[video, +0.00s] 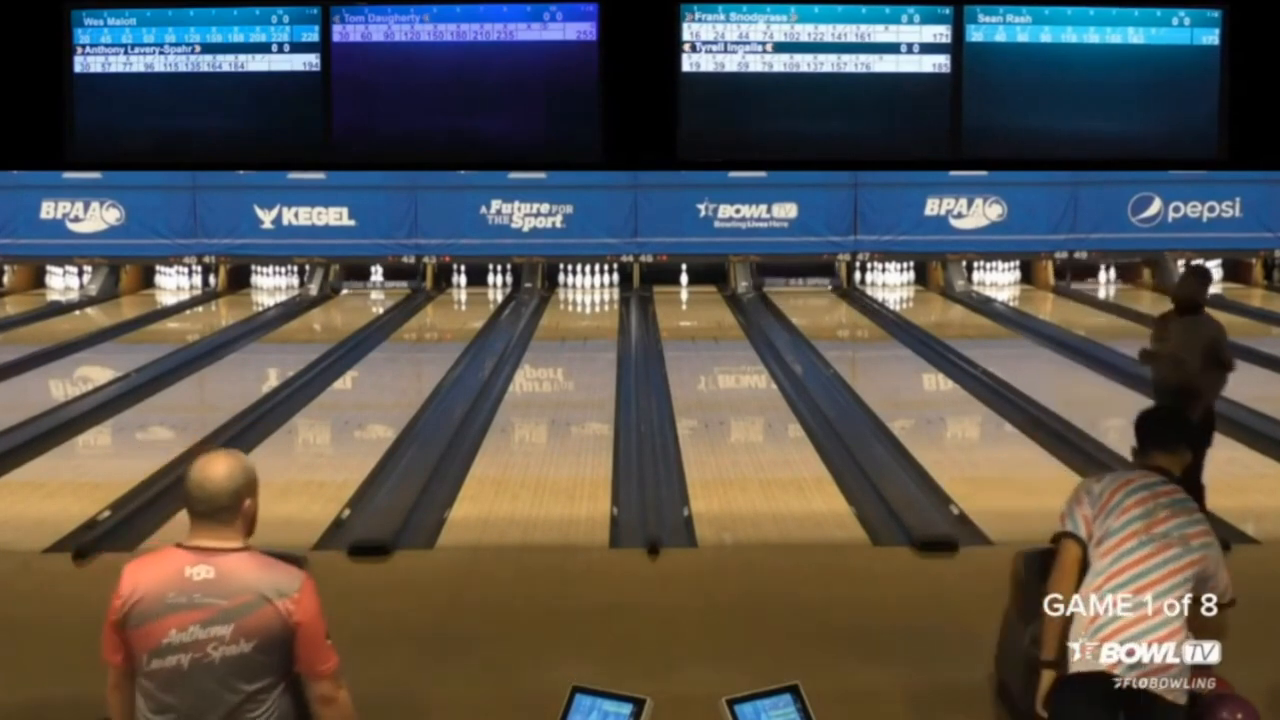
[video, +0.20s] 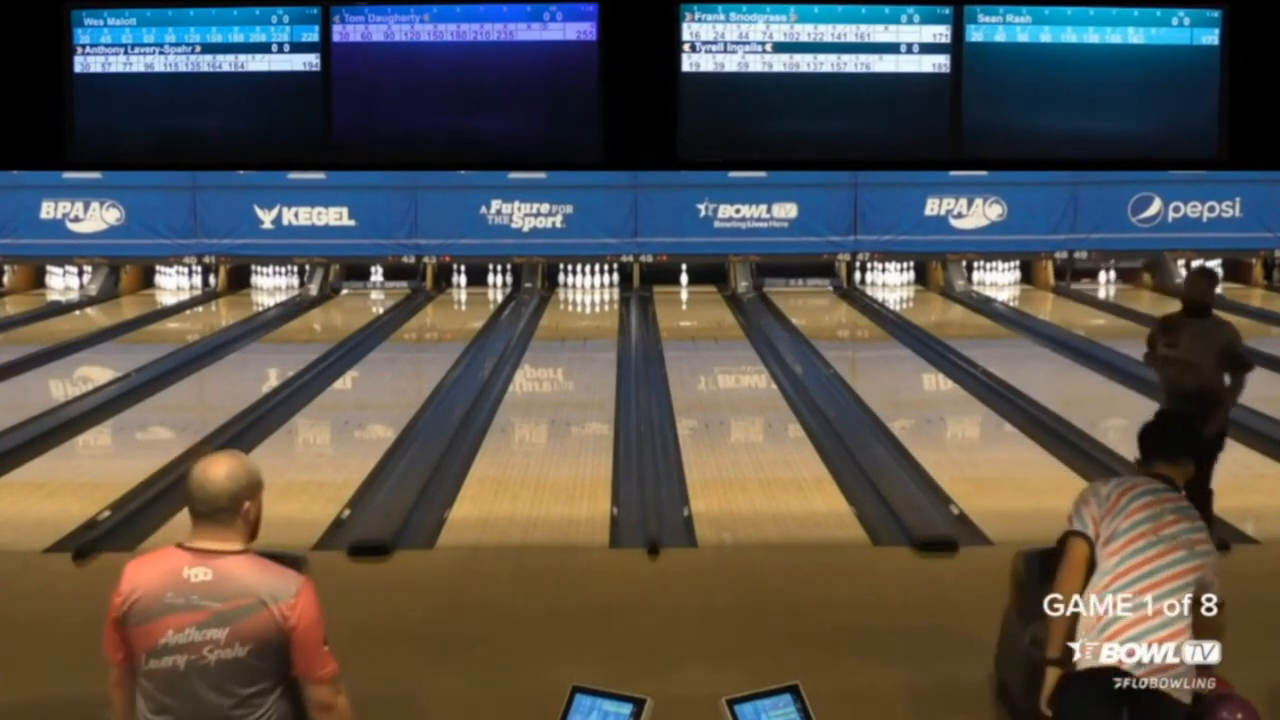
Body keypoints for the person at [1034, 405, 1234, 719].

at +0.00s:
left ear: (1135, 451)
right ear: (1188, 461)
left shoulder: (1097, 490)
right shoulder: (1199, 523)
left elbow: (1060, 590)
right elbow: (1214, 620)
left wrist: (1048, 667)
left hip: (1090, 683)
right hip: (1164, 696)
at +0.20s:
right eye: (1195, 464)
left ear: (1140, 456)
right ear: (1192, 467)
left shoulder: (1103, 494)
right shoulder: (1198, 525)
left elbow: (1065, 591)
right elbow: (1207, 620)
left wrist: (1053, 666)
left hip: (1094, 686)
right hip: (1168, 698)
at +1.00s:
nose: (1185, 491)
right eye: (1185, 486)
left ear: (1134, 475)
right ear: (1181, 485)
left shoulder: (1107, 499)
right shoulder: (1192, 522)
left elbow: (1074, 582)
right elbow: (1207, 603)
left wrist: (1063, 658)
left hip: (1107, 679)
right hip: (1178, 691)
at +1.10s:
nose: (1181, 491)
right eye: (1180, 486)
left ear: (1132, 475)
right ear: (1179, 485)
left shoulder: (1106, 500)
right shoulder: (1192, 521)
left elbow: (1074, 585)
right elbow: (1208, 604)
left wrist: (1064, 658)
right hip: (1180, 688)